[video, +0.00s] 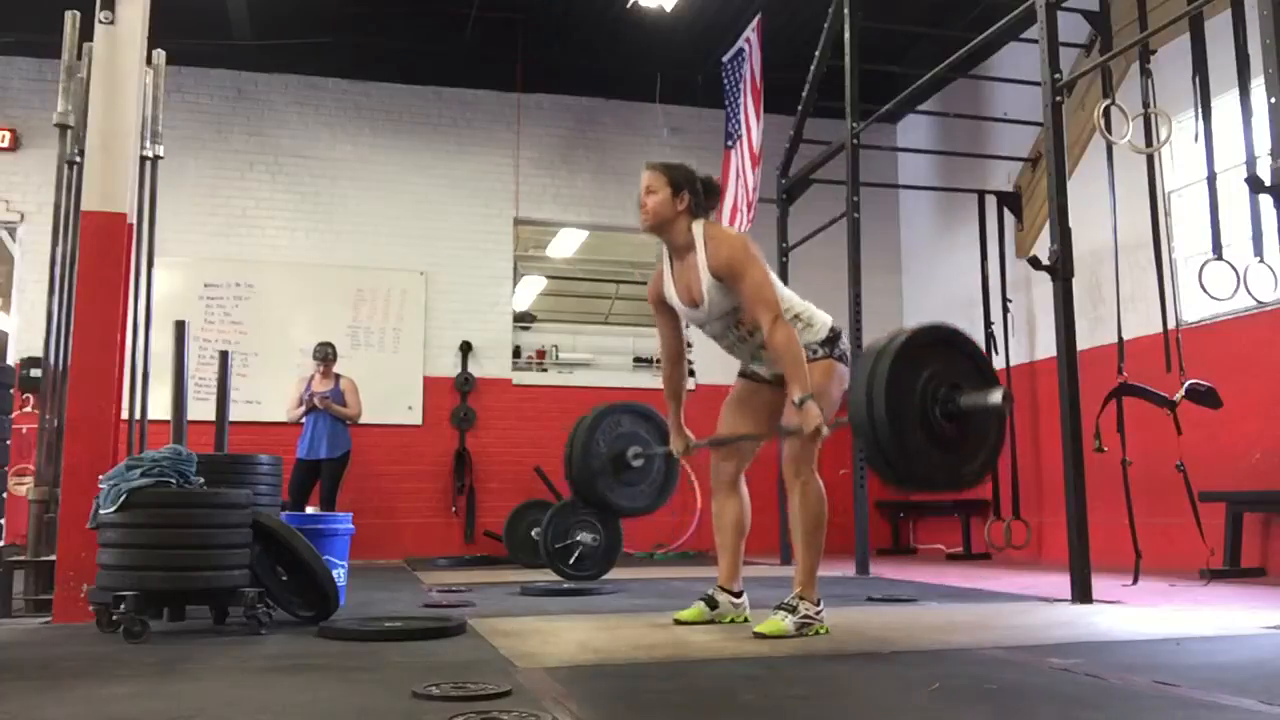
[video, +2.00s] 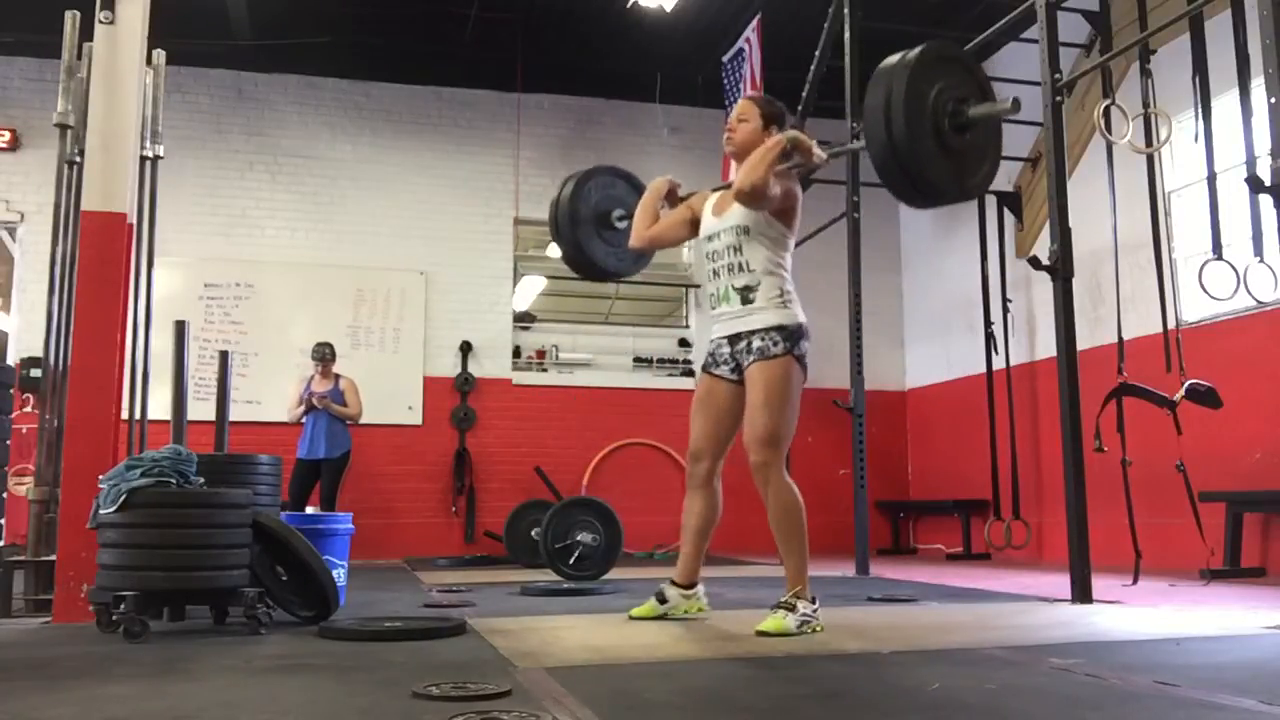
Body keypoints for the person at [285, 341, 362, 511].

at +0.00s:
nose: (322, 370)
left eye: (327, 366)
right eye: (318, 365)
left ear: (334, 362)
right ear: (314, 362)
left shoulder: (345, 383)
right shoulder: (304, 383)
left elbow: (355, 415)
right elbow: (290, 416)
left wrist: (329, 406)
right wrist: (305, 407)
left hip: (335, 449)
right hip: (309, 448)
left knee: (327, 499)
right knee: (295, 495)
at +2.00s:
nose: (320, 370)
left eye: (325, 366)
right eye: (317, 365)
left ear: (333, 363)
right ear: (312, 362)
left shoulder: (345, 384)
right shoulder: (305, 383)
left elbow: (355, 415)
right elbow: (291, 417)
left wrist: (329, 405)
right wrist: (304, 407)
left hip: (335, 450)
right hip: (308, 449)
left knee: (327, 501)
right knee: (296, 498)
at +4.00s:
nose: (321, 370)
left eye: (325, 365)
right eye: (317, 365)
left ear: (334, 362)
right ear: (313, 363)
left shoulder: (346, 383)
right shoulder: (306, 383)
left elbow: (356, 415)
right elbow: (292, 417)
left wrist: (329, 406)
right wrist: (306, 405)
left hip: (336, 450)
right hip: (309, 450)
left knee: (327, 502)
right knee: (295, 500)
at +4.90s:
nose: (321, 370)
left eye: (325, 366)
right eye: (317, 365)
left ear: (334, 362)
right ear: (313, 362)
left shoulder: (346, 384)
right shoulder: (307, 383)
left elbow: (357, 415)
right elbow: (293, 416)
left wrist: (329, 405)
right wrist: (306, 405)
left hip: (336, 450)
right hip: (309, 449)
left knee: (327, 503)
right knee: (295, 500)